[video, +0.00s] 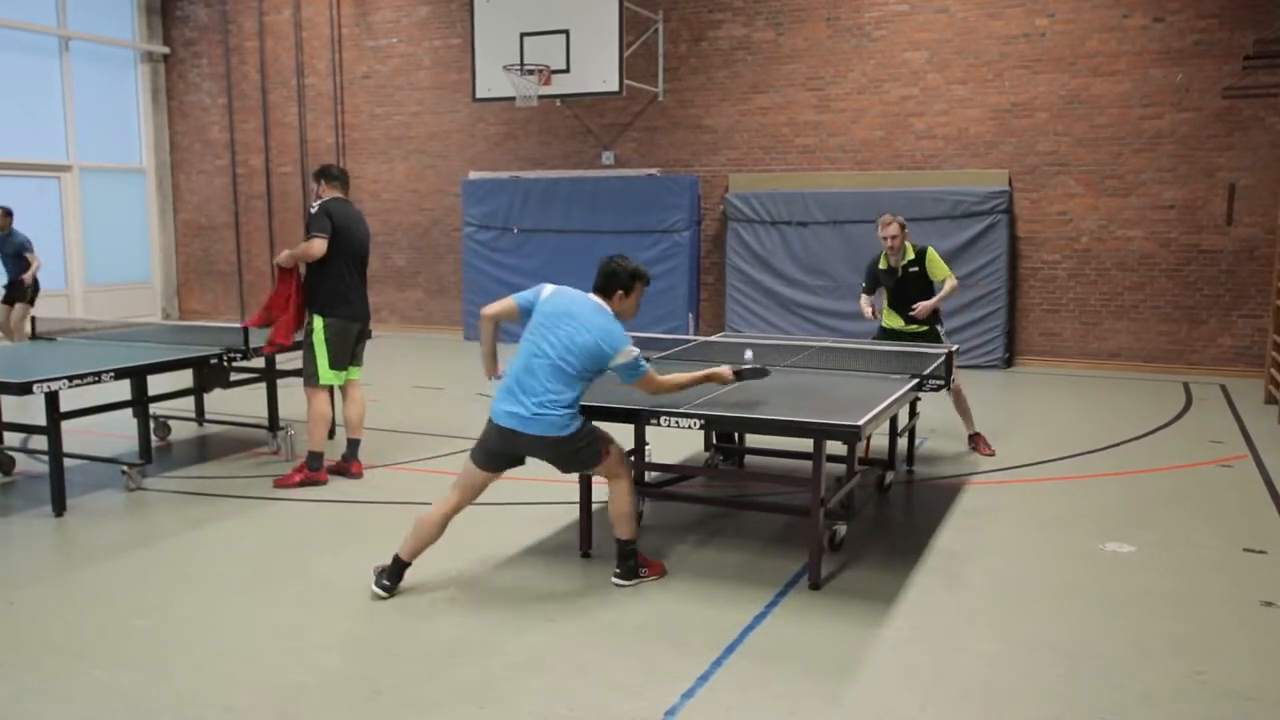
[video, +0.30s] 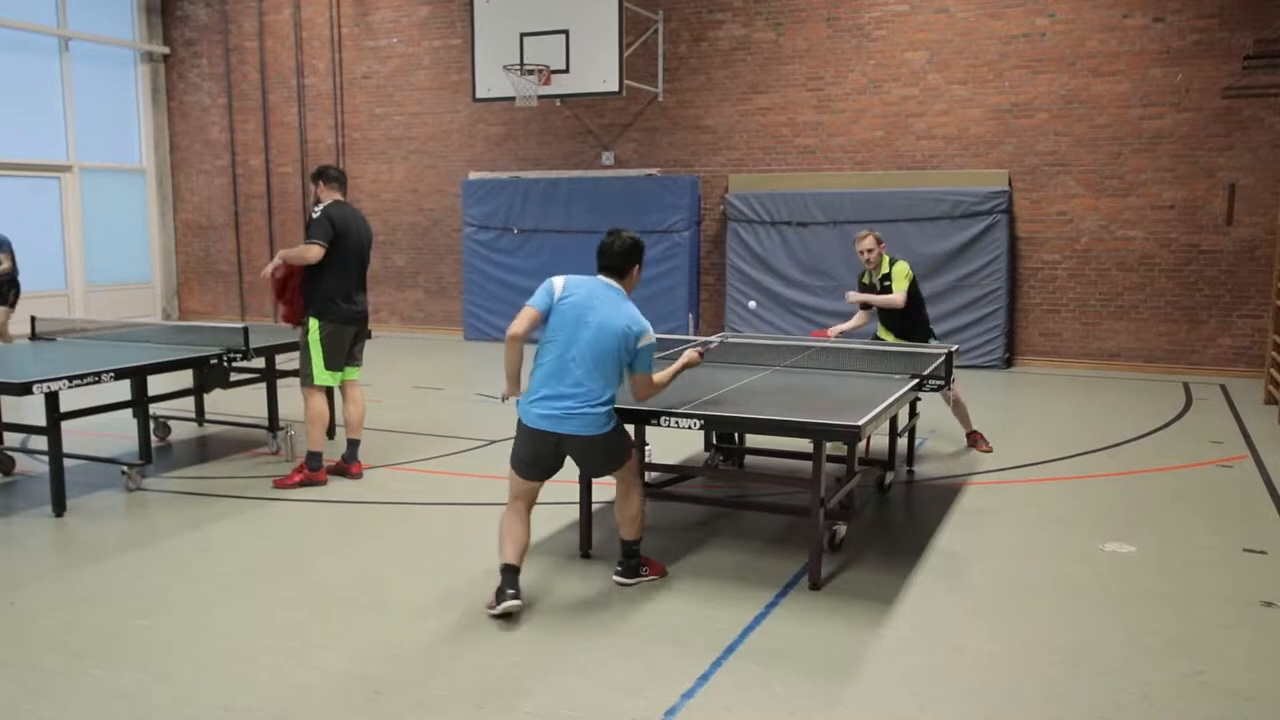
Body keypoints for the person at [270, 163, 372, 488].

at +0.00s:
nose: (314, 194)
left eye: (314, 188)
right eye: (314, 189)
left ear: (322, 186)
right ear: (344, 188)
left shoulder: (324, 210)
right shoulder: (357, 216)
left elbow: (317, 248)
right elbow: (356, 265)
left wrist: (291, 255)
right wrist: (309, 267)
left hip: (328, 313)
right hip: (357, 313)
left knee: (317, 388)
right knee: (352, 385)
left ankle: (314, 465)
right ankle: (351, 460)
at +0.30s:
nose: (312, 195)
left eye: (312, 190)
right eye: (312, 190)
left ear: (320, 187)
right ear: (342, 188)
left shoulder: (325, 214)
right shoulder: (360, 220)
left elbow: (313, 253)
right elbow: (355, 266)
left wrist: (281, 255)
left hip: (325, 317)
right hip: (356, 315)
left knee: (313, 389)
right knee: (350, 384)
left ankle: (313, 466)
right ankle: (351, 460)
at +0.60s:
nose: (312, 197)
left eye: (311, 192)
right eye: (312, 192)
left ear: (317, 189)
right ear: (340, 186)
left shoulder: (324, 218)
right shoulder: (360, 219)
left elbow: (306, 261)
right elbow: (348, 264)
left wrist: (289, 246)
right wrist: (308, 272)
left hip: (326, 317)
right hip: (357, 315)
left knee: (318, 391)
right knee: (351, 385)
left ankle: (314, 466)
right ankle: (351, 460)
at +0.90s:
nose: (309, 207)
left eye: (307, 203)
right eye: (307, 204)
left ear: (313, 196)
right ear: (333, 190)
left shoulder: (327, 218)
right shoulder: (363, 222)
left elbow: (304, 256)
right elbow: (360, 263)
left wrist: (288, 232)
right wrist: (307, 254)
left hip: (329, 318)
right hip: (359, 316)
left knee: (319, 391)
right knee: (353, 386)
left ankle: (314, 467)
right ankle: (352, 461)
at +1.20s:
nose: (309, 206)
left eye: (308, 201)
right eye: (307, 202)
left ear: (317, 192)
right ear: (334, 189)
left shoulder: (327, 217)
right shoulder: (366, 222)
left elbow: (307, 255)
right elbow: (374, 268)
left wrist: (277, 238)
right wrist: (334, 258)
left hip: (329, 317)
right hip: (359, 316)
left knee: (318, 390)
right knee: (353, 385)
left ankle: (314, 466)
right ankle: (351, 460)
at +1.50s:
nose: (307, 206)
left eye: (306, 200)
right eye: (304, 201)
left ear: (319, 190)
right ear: (332, 188)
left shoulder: (327, 218)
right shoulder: (366, 222)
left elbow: (314, 260)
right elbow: (376, 267)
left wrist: (286, 243)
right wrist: (332, 259)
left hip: (328, 317)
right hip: (360, 315)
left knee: (318, 389)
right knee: (353, 384)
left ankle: (314, 466)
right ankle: (351, 460)